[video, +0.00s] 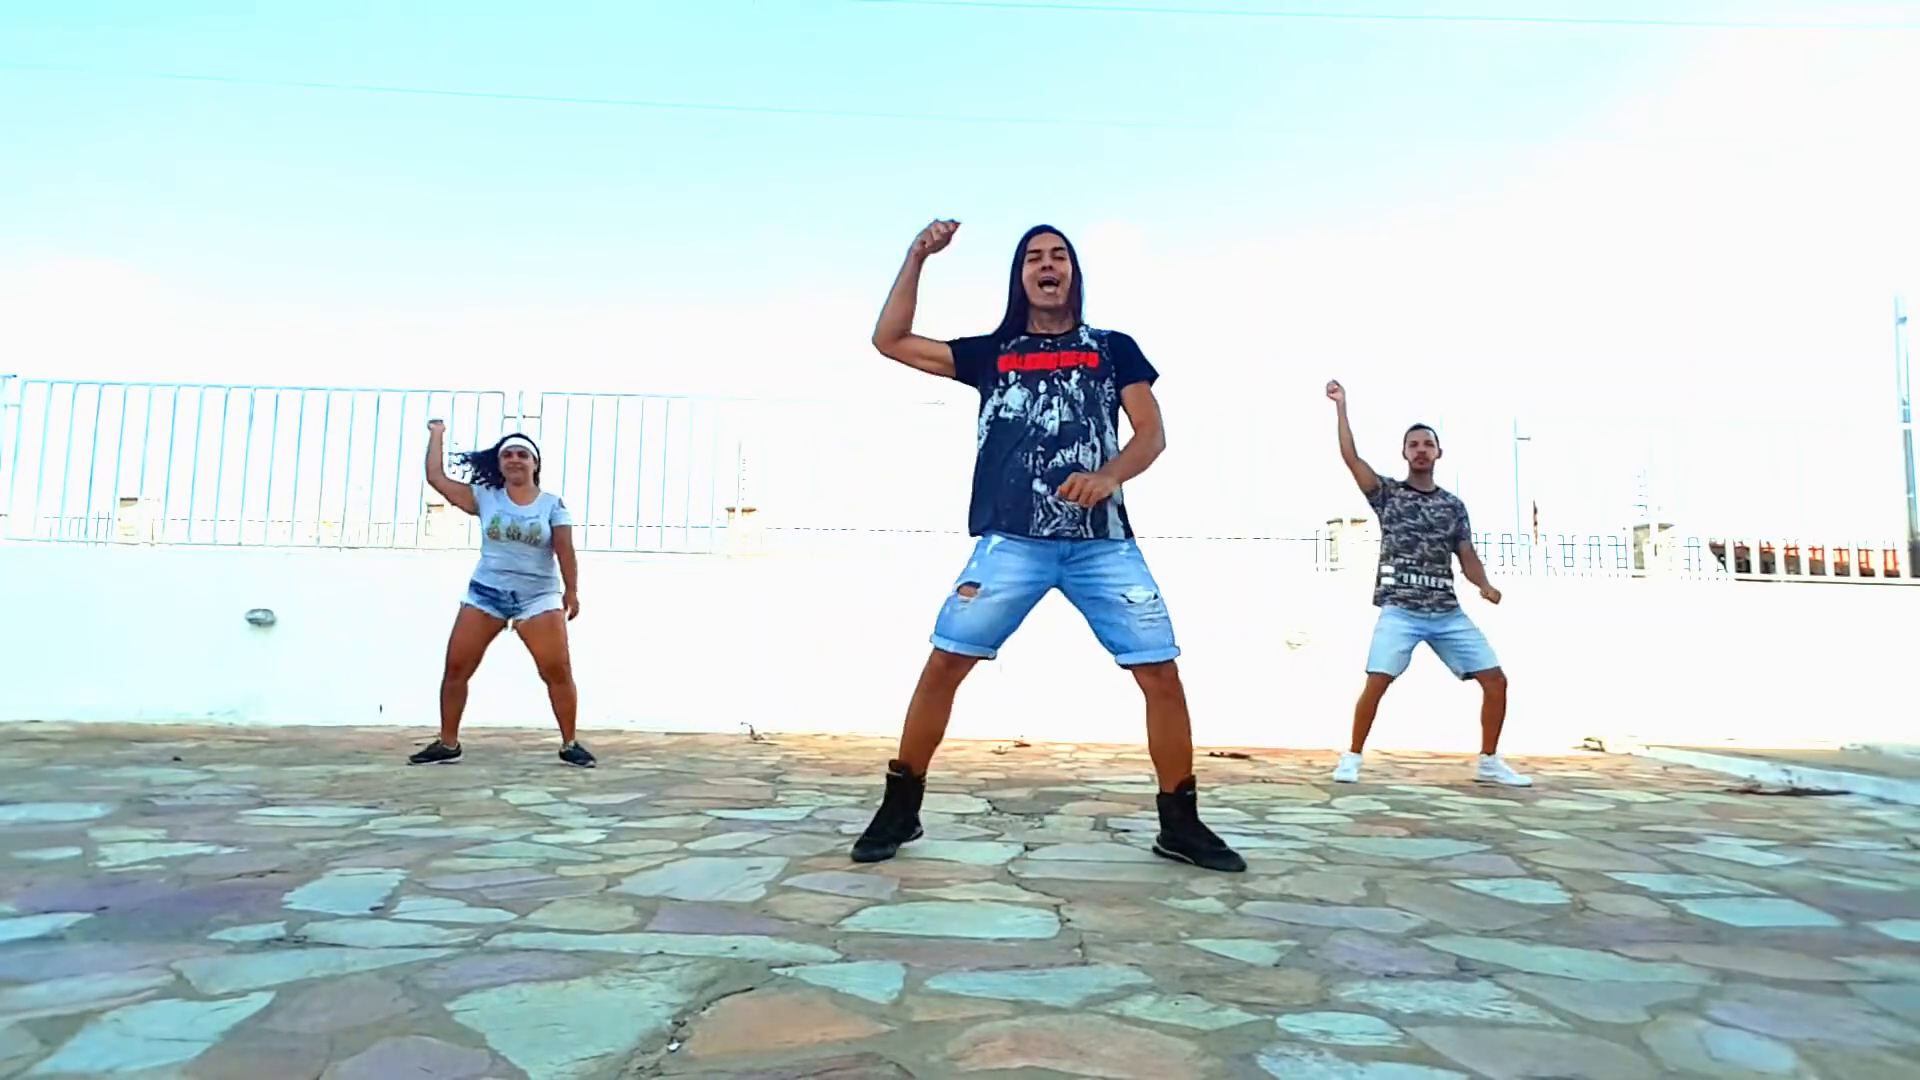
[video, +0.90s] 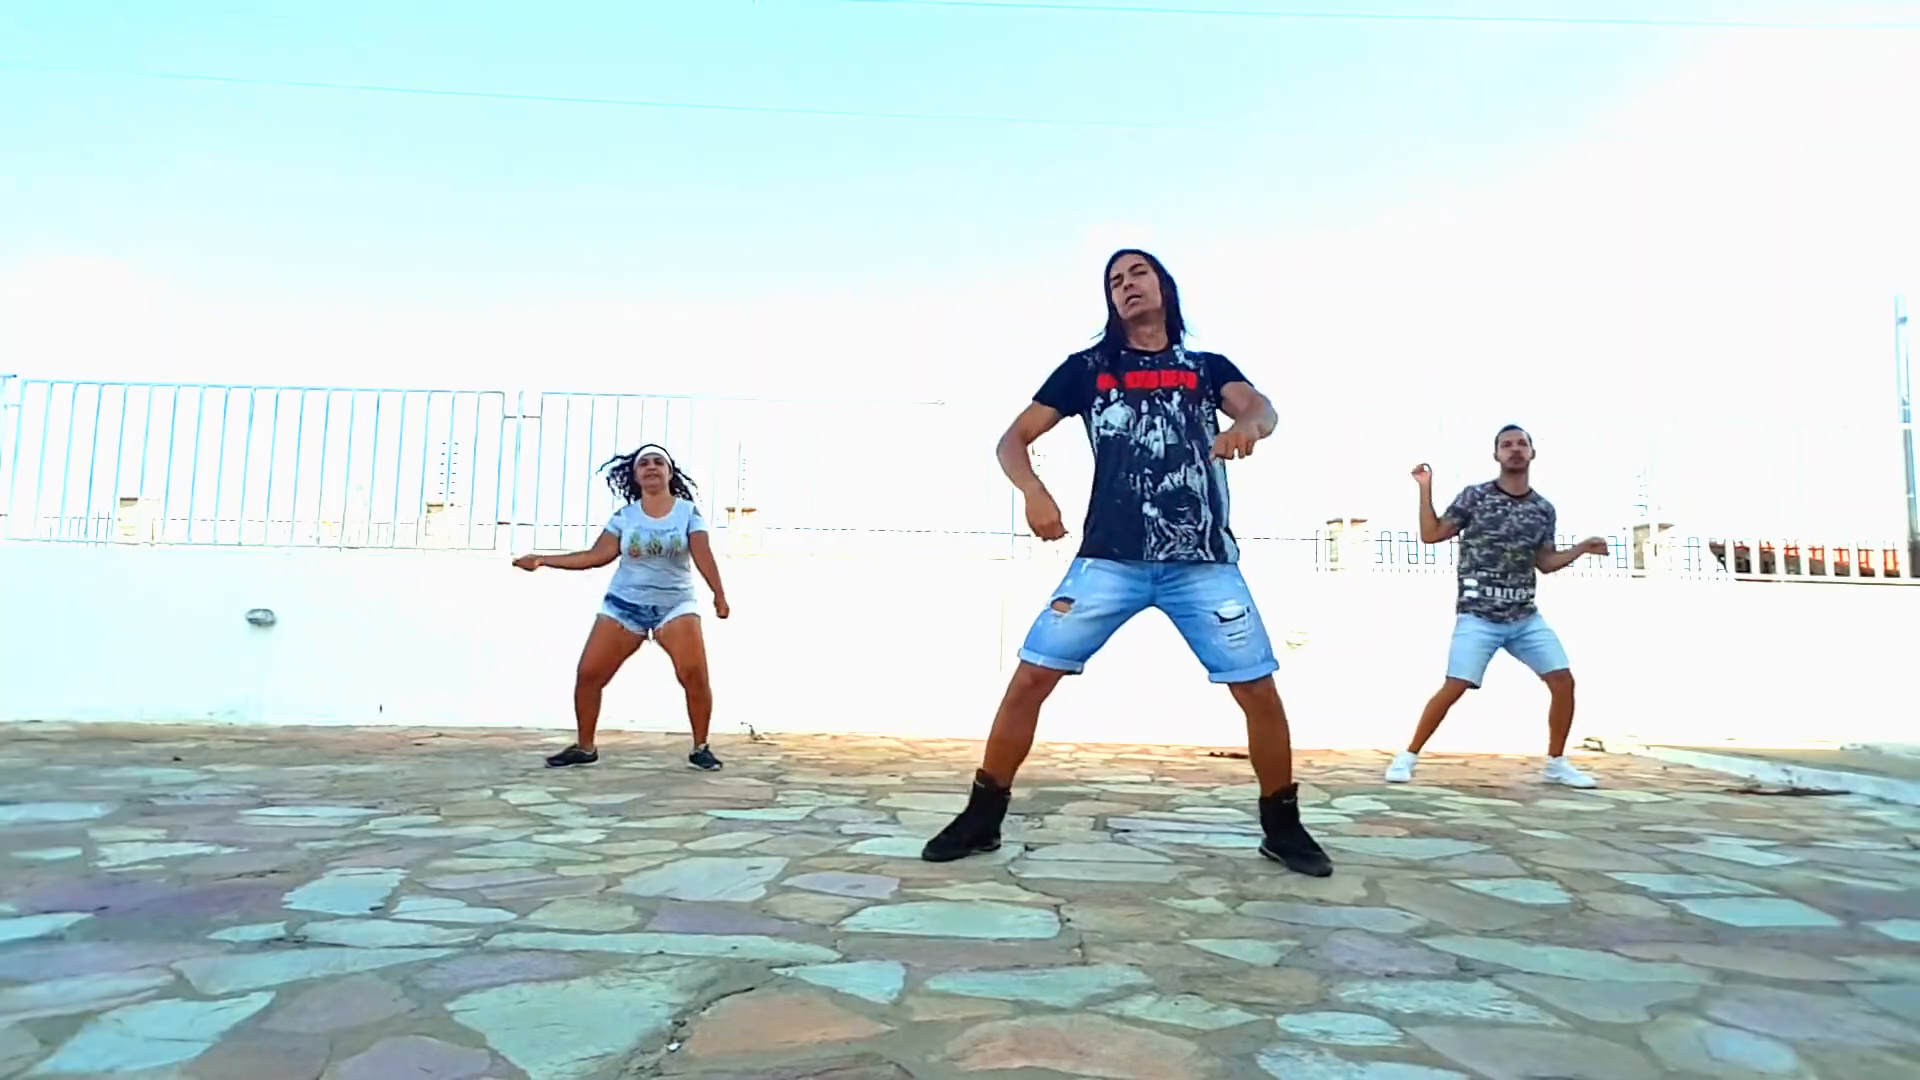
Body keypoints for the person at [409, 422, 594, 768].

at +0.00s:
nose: (515, 458)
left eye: (522, 453)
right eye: (508, 453)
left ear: (535, 464)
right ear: (498, 463)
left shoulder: (551, 505)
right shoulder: (484, 497)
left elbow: (565, 551)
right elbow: (436, 477)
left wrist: (571, 590)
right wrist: (436, 435)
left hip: (538, 596)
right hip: (486, 592)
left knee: (558, 671)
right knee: (456, 667)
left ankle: (570, 744)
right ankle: (448, 743)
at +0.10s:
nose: (536, 449)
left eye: (544, 444)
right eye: (529, 446)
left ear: (557, 454)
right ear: (521, 456)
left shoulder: (577, 490)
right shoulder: (511, 489)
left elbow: (598, 534)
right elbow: (462, 471)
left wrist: (598, 574)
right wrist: (452, 431)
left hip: (567, 583)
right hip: (516, 581)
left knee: (573, 664)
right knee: (482, 656)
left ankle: (574, 739)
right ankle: (464, 732)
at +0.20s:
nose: (558, 436)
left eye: (565, 431)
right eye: (551, 432)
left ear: (577, 440)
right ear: (541, 442)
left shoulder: (593, 474)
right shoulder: (529, 472)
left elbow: (614, 520)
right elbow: (481, 461)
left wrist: (624, 565)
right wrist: (492, 420)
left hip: (586, 569)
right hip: (537, 566)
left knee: (590, 650)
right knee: (513, 646)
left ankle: (588, 729)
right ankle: (512, 723)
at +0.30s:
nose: (580, 440)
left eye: (587, 435)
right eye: (572, 436)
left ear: (599, 445)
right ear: (560, 447)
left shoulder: (615, 482)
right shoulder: (549, 478)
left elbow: (630, 529)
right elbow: (503, 463)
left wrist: (641, 576)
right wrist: (518, 425)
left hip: (603, 572)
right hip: (554, 571)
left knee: (617, 651)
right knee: (540, 654)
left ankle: (630, 731)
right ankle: (543, 736)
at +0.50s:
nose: (618, 461)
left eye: (626, 456)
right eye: (611, 457)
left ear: (638, 467)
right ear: (603, 468)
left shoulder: (656, 508)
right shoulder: (589, 500)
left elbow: (670, 555)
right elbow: (542, 488)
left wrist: (673, 597)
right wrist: (546, 448)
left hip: (642, 597)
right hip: (591, 594)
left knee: (657, 671)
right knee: (562, 669)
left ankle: (661, 745)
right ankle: (553, 744)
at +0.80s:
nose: (648, 445)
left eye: (655, 440)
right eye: (640, 441)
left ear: (668, 450)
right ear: (631, 453)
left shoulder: (684, 491)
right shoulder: (620, 489)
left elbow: (700, 538)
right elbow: (578, 520)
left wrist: (714, 583)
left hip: (671, 583)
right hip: (621, 580)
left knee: (685, 664)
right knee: (592, 658)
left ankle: (698, 742)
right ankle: (581, 737)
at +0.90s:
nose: (652, 467)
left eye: (658, 462)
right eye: (644, 464)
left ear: (671, 473)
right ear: (635, 477)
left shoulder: (687, 511)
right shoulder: (625, 516)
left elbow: (702, 553)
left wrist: (719, 592)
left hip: (676, 604)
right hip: (624, 604)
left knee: (695, 674)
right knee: (588, 675)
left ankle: (701, 747)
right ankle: (585, 747)